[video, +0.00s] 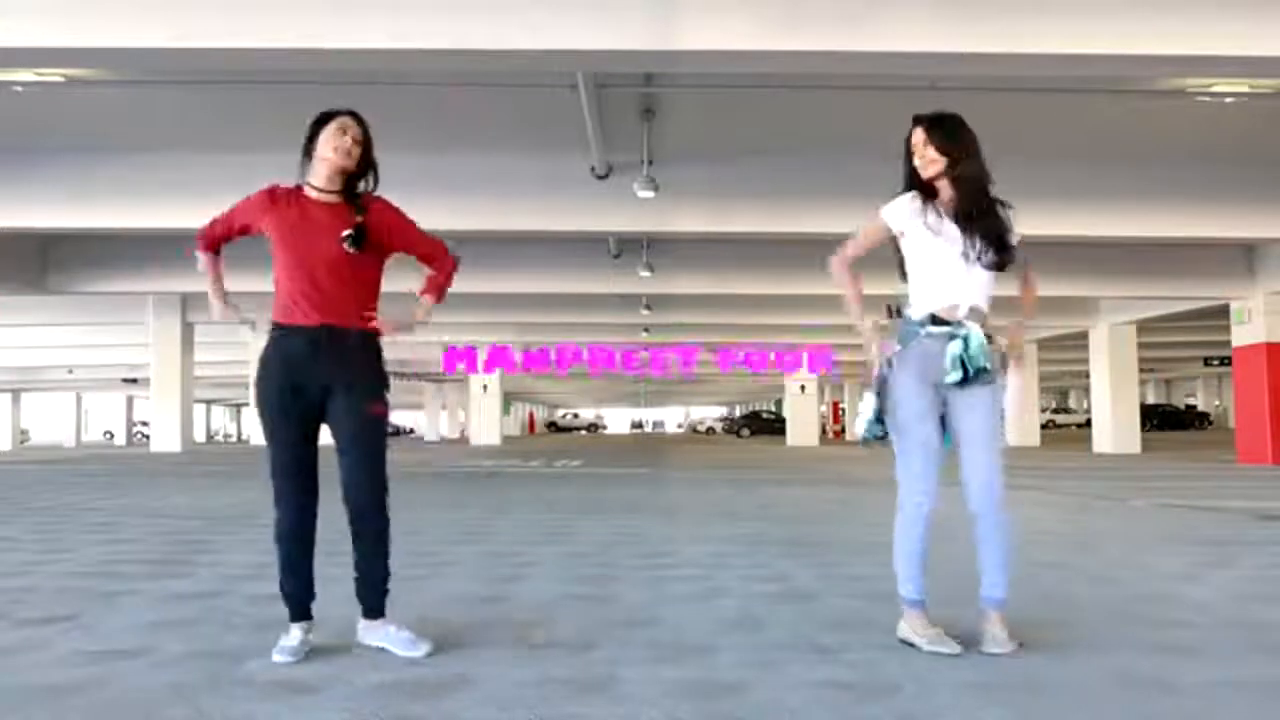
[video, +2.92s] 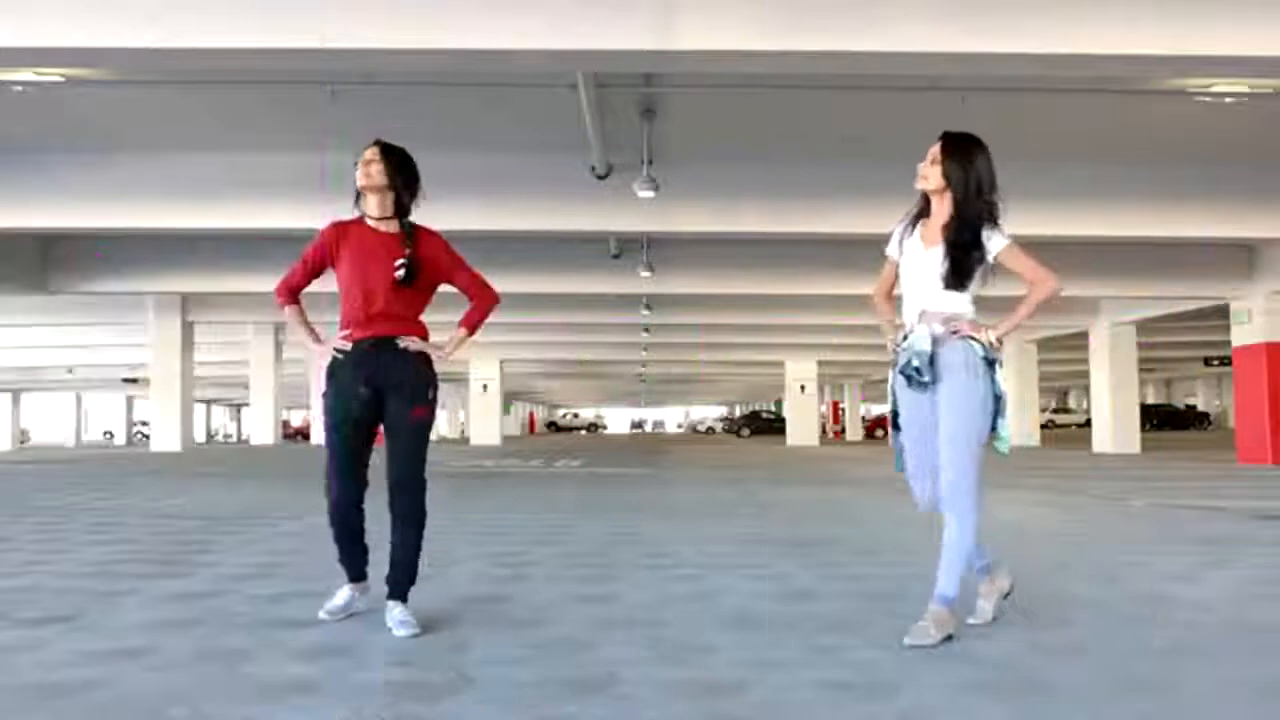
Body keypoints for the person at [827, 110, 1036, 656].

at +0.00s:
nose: (920, 160)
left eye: (928, 150)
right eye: (914, 152)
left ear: (956, 150)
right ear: (914, 158)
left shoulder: (991, 215)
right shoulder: (907, 210)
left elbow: (1028, 285)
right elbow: (842, 260)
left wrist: (1014, 329)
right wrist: (866, 323)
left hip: (976, 354)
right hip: (917, 350)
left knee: (986, 490)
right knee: (918, 488)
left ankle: (993, 614)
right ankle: (912, 613)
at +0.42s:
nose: (943, 168)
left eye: (953, 162)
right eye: (945, 159)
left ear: (978, 171)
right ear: (955, 166)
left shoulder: (1012, 229)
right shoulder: (941, 223)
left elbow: (1074, 276)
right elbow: (919, 286)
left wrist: (1030, 324)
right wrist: (928, 332)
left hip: (1002, 374)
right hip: (946, 373)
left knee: (1011, 495)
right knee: (916, 492)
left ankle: (1009, 615)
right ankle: (910, 612)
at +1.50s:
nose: (997, 153)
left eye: (1010, 151)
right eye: (991, 143)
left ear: (1017, 172)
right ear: (970, 156)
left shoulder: (1026, 223)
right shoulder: (941, 227)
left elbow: (1095, 266)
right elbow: (914, 289)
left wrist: (1056, 325)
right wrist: (936, 333)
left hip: (1021, 359)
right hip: (963, 363)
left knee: (1016, 490)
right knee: (950, 490)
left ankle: (1012, 613)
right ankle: (984, 575)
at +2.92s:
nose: (922, 167)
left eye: (933, 162)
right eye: (926, 159)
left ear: (957, 175)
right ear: (932, 171)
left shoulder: (979, 233)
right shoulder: (906, 232)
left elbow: (1045, 282)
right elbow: (881, 294)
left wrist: (1000, 330)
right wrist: (895, 328)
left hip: (960, 359)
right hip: (913, 360)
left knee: (958, 486)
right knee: (926, 489)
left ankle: (942, 606)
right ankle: (989, 575)